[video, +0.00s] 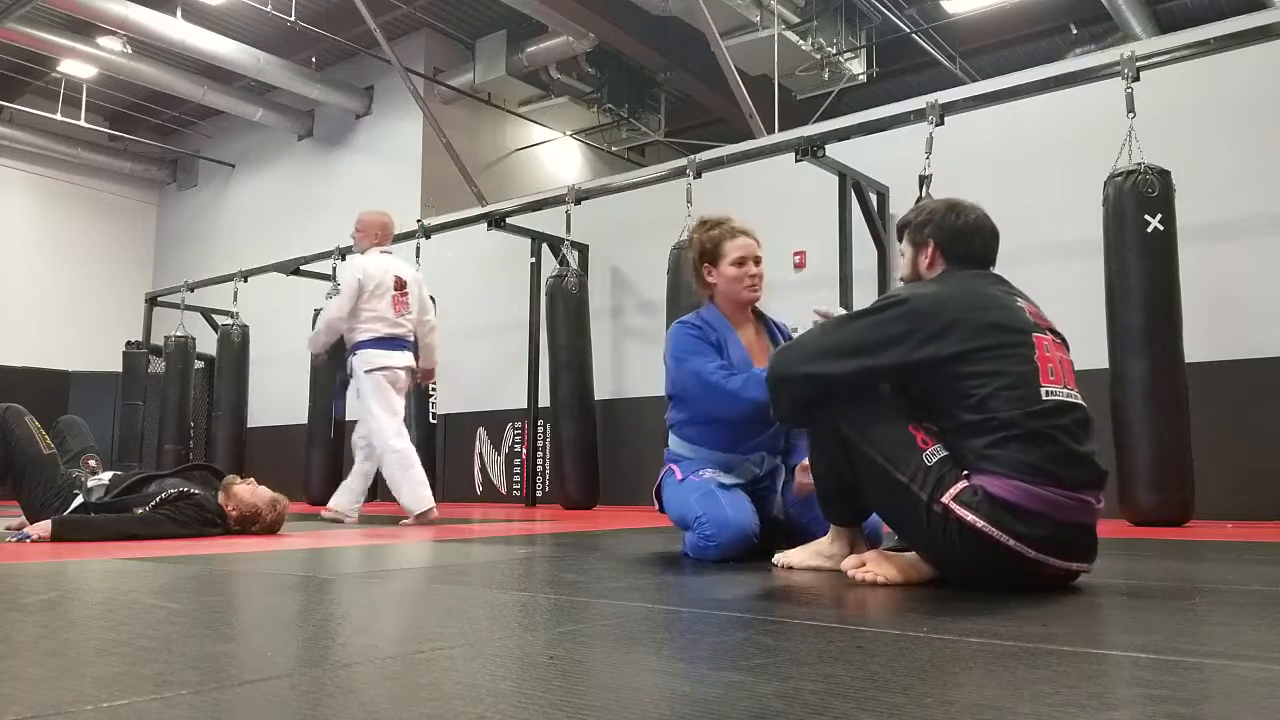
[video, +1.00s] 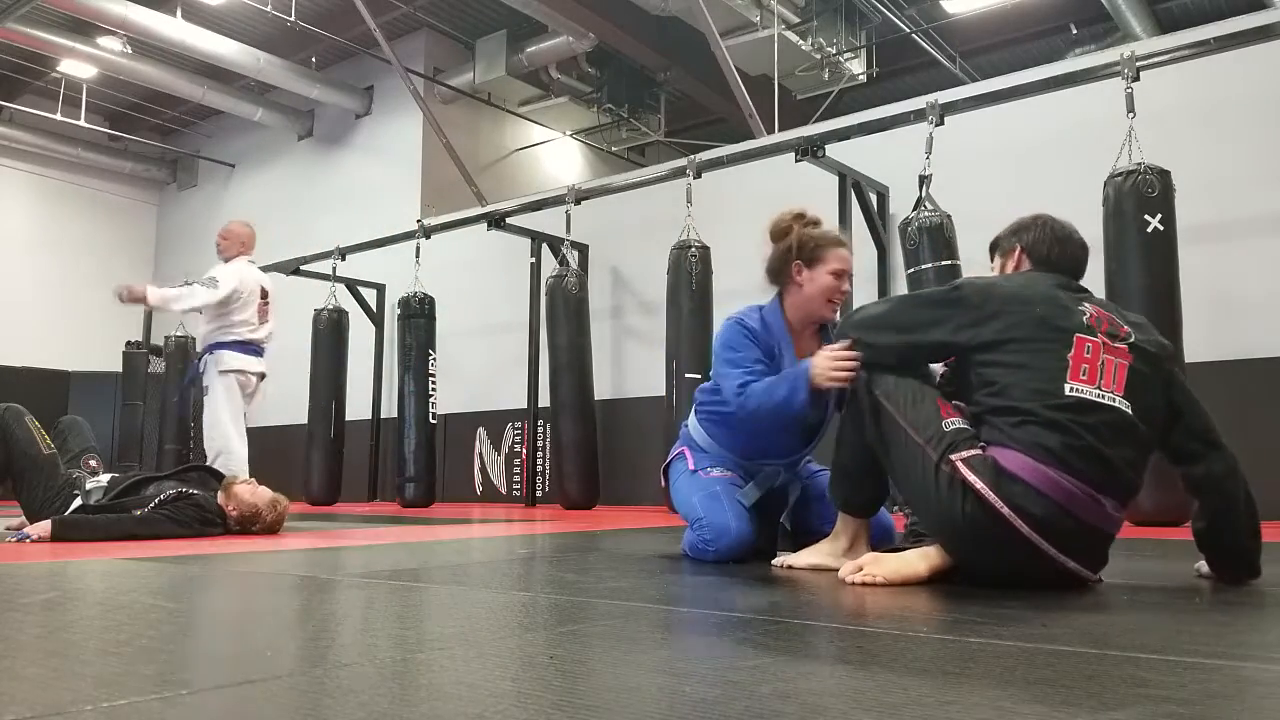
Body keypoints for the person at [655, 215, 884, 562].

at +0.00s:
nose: (754, 272)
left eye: (757, 262)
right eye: (740, 264)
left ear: (764, 266)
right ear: (710, 274)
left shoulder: (781, 336)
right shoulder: (688, 334)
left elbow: (798, 415)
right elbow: (723, 394)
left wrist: (802, 463)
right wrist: (798, 376)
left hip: (773, 473)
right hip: (700, 472)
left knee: (865, 528)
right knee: (735, 533)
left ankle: (770, 530)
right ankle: (696, 542)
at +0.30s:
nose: (754, 275)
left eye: (756, 265)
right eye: (739, 267)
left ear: (763, 266)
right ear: (709, 279)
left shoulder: (784, 338)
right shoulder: (686, 342)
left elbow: (813, 400)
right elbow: (695, 431)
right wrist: (785, 432)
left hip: (778, 472)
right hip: (702, 474)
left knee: (869, 526)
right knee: (733, 532)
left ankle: (768, 525)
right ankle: (697, 541)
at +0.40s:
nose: (762, 276)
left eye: (764, 266)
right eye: (747, 270)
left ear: (770, 269)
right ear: (717, 281)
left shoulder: (792, 341)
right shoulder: (690, 344)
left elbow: (824, 407)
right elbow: (677, 435)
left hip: (773, 474)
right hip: (701, 475)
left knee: (875, 526)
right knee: (732, 533)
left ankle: (774, 530)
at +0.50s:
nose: (775, 276)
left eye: (778, 266)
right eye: (760, 268)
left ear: (784, 269)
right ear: (730, 279)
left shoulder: (799, 340)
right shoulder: (695, 341)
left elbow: (833, 401)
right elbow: (664, 418)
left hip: (778, 475)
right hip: (704, 477)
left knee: (876, 527)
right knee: (733, 534)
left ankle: (776, 529)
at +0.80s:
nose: (827, 284)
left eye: (830, 276)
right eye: (814, 273)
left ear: (833, 281)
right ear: (779, 280)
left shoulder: (828, 349)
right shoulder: (731, 334)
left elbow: (852, 414)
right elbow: (681, 417)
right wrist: (713, 405)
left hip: (779, 475)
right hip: (705, 469)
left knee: (876, 529)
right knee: (731, 538)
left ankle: (777, 524)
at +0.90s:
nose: (839, 287)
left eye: (843, 277)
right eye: (828, 274)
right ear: (792, 276)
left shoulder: (837, 347)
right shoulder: (739, 332)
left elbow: (855, 412)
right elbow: (708, 411)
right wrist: (752, 391)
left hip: (785, 469)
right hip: (708, 464)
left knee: (877, 530)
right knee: (729, 539)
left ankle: (783, 526)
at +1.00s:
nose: (846, 289)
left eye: (848, 279)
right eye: (837, 276)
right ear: (799, 273)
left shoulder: (835, 342)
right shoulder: (741, 331)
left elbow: (860, 412)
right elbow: (744, 404)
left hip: (788, 466)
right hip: (710, 461)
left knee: (881, 532)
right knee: (730, 539)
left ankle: (783, 519)